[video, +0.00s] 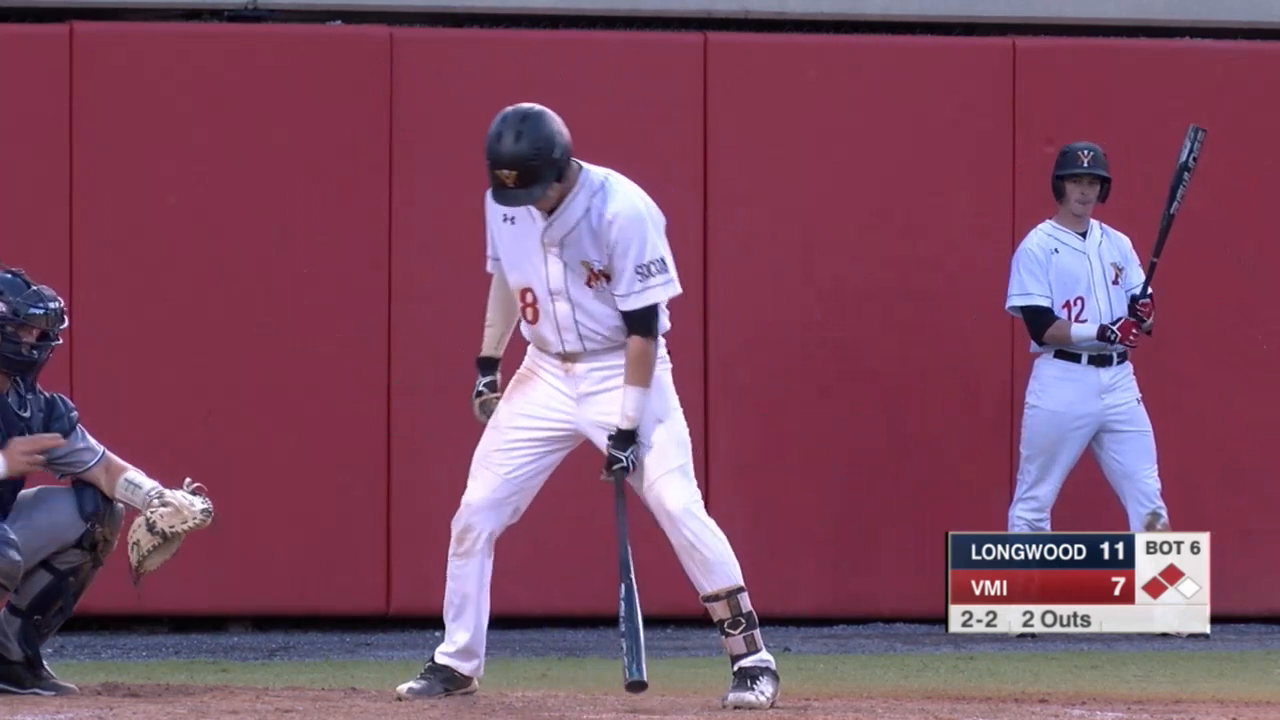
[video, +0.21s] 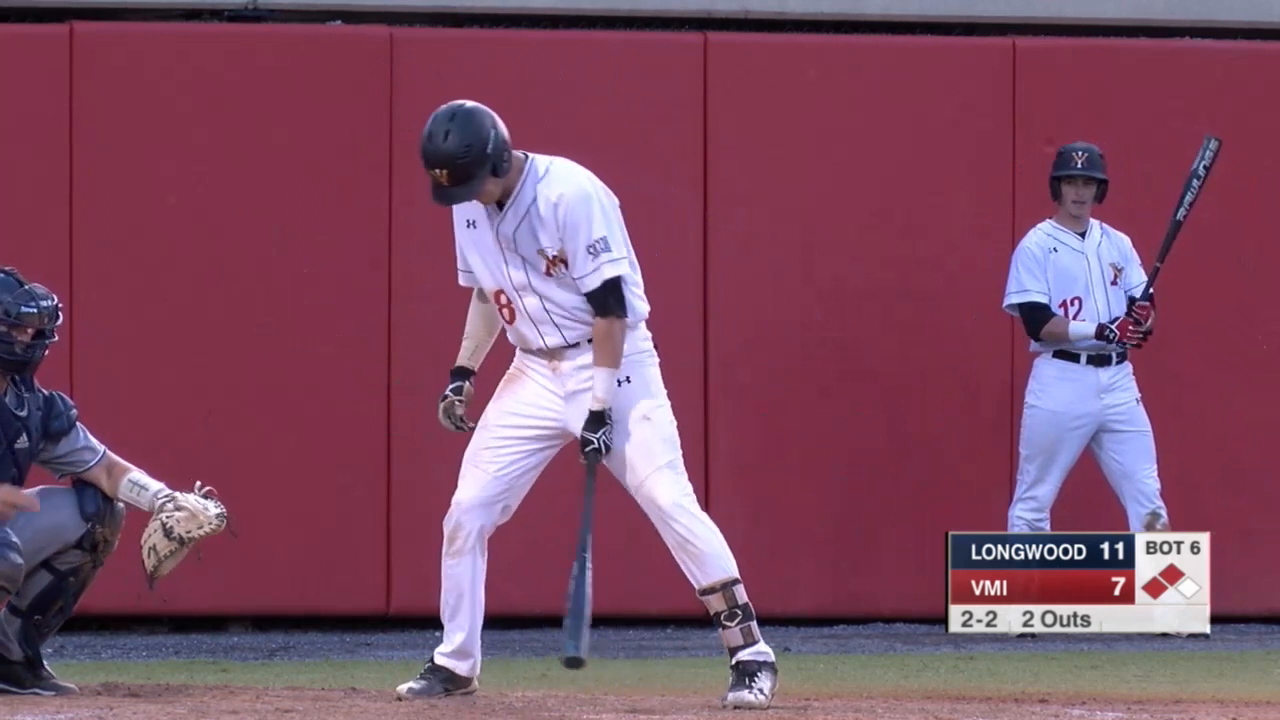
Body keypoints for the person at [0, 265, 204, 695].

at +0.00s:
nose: (30, 339)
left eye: (38, 331)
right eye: (20, 327)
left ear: (48, 336)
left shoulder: (39, 408)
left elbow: (106, 469)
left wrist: (159, 498)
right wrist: (4, 463)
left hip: (6, 535)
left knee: (94, 510)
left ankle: (14, 650)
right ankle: (11, 651)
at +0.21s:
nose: (26, 339)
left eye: (34, 330)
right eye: (16, 327)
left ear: (43, 335)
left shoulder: (34, 405)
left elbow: (105, 468)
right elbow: (5, 496)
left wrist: (167, 500)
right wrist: (37, 502)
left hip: (5, 528)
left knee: (95, 511)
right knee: (7, 556)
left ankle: (13, 651)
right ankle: (9, 653)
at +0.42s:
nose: (29, 327)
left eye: (35, 317)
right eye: (18, 316)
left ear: (43, 323)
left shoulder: (32, 404)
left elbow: (103, 468)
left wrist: (165, 496)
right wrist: (18, 507)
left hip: (8, 527)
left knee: (93, 511)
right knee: (6, 555)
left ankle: (14, 651)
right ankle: (9, 651)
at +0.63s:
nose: (29, 325)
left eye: (34, 316)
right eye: (17, 314)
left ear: (42, 322)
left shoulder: (32, 404)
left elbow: (103, 468)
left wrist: (165, 495)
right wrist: (35, 505)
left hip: (4, 529)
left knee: (94, 509)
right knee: (4, 552)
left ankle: (12, 650)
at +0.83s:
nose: (32, 325)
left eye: (36, 315)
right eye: (20, 314)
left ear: (43, 321)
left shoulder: (34, 404)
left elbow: (106, 469)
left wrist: (175, 502)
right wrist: (0, 483)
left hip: (5, 524)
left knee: (95, 513)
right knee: (6, 561)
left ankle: (13, 652)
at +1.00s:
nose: (29, 325)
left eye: (34, 315)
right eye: (17, 314)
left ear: (41, 321)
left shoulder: (23, 395)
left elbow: (107, 466)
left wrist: (183, 512)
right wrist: (21, 427)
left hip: (5, 528)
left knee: (98, 515)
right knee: (8, 561)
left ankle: (14, 651)